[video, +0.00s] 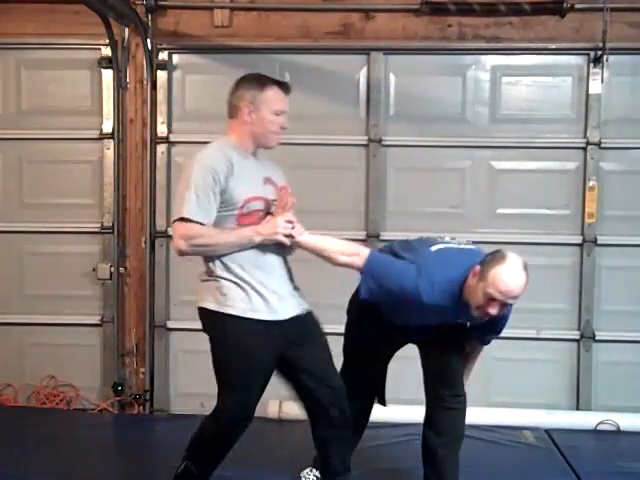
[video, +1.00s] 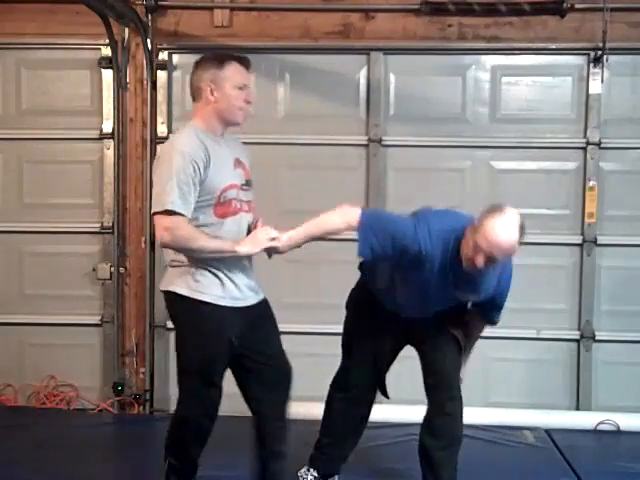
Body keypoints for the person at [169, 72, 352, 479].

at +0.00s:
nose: (285, 124)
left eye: (286, 115)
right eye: (277, 114)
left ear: (255, 116)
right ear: (246, 113)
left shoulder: (270, 170)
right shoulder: (211, 161)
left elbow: (284, 247)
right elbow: (184, 239)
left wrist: (284, 218)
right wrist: (259, 234)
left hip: (287, 309)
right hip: (236, 312)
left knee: (331, 404)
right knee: (234, 412)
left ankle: (334, 474)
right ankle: (189, 475)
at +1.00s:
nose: (250, 99)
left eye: (250, 90)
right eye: (241, 89)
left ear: (218, 93)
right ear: (209, 91)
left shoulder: (232, 144)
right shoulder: (184, 146)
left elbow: (236, 215)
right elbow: (167, 230)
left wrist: (263, 234)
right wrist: (238, 246)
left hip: (242, 291)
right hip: (199, 293)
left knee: (273, 382)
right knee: (199, 404)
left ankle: (274, 474)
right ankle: (178, 474)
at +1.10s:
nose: (243, 97)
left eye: (243, 88)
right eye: (234, 87)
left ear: (212, 91)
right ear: (204, 90)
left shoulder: (224, 144)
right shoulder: (178, 147)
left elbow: (228, 216)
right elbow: (169, 232)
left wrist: (256, 246)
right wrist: (236, 254)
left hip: (231, 288)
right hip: (191, 290)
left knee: (256, 376)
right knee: (195, 398)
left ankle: (228, 469)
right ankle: (177, 473)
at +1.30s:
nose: (234, 96)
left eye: (233, 87)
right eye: (226, 87)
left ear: (203, 91)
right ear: (197, 90)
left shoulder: (210, 143)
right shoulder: (172, 148)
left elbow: (213, 220)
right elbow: (167, 231)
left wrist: (246, 255)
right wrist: (235, 261)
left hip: (210, 282)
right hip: (180, 284)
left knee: (215, 372)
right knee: (195, 378)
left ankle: (165, 461)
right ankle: (179, 469)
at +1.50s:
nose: (227, 104)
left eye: (226, 95)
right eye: (221, 95)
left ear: (193, 98)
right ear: (193, 96)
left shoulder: (192, 147)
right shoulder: (173, 147)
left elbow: (200, 216)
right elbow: (167, 228)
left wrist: (242, 217)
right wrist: (220, 278)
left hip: (183, 281)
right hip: (172, 282)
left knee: (171, 375)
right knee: (193, 380)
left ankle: (141, 463)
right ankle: (181, 472)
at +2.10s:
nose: (199, 102)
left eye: (198, 94)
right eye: (192, 94)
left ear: (171, 98)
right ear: (166, 97)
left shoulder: (176, 151)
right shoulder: (139, 146)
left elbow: (188, 223)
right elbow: (139, 224)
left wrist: (216, 268)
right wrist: (173, 283)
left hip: (167, 283)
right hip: (140, 281)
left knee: (160, 375)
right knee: (141, 377)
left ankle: (143, 459)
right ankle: (125, 467)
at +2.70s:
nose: (169, 101)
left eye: (167, 94)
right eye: (161, 94)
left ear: (139, 100)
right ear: (133, 100)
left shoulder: (152, 151)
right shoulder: (119, 147)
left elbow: (173, 213)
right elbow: (123, 222)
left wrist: (188, 263)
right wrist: (164, 269)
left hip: (154, 282)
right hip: (134, 281)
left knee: (136, 382)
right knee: (183, 371)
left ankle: (112, 471)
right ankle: (145, 465)